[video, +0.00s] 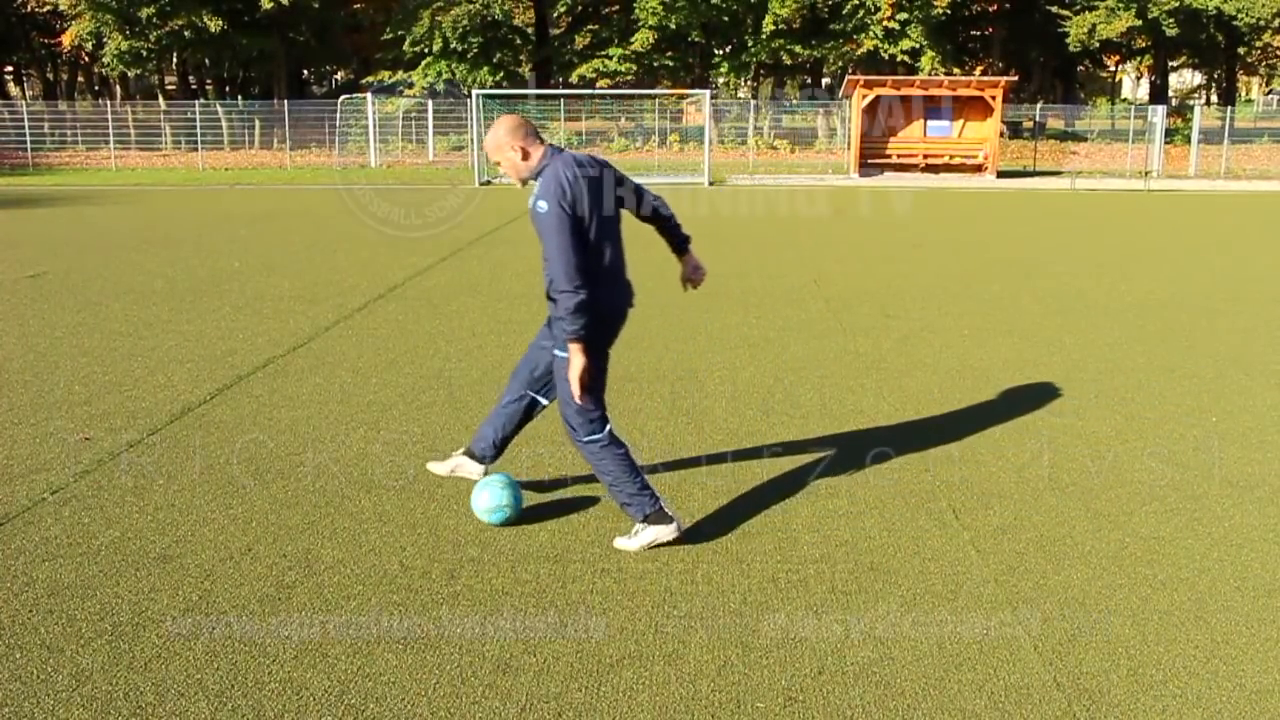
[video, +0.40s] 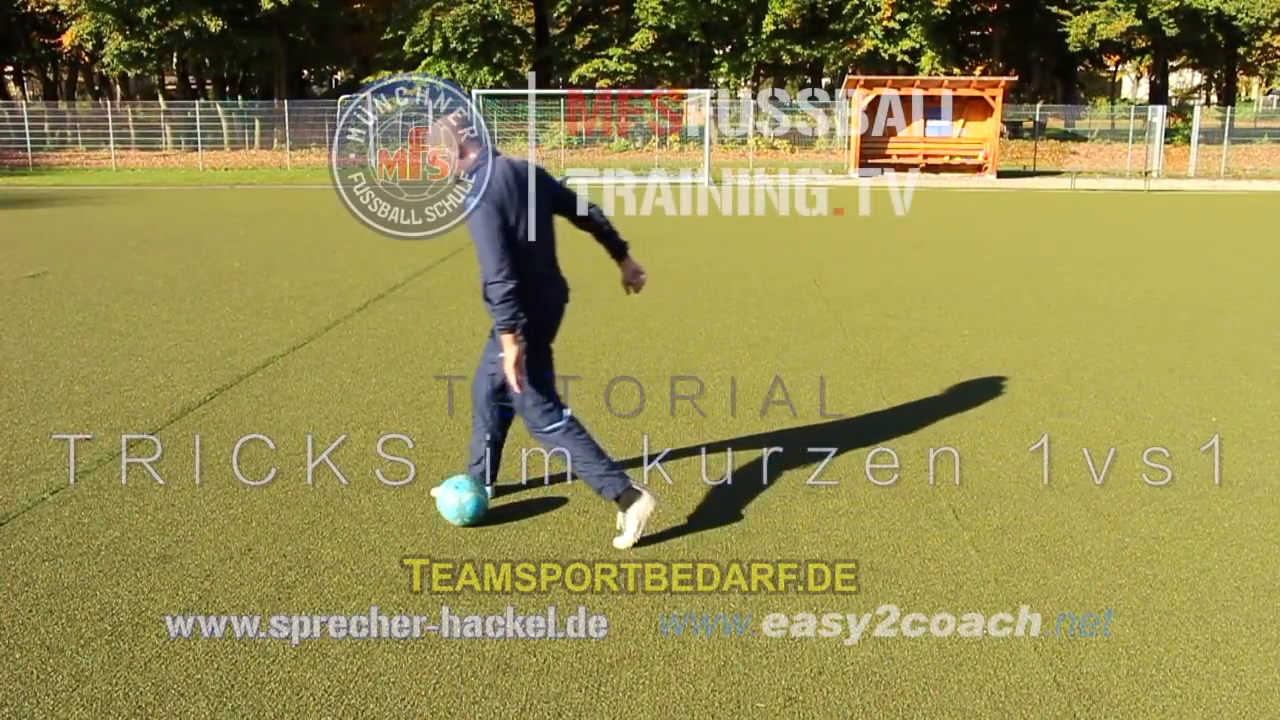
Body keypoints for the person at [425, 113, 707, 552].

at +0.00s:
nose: (502, 173)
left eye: (501, 163)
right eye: (498, 165)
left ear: (523, 151)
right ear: (530, 146)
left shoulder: (547, 193)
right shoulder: (592, 166)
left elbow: (565, 278)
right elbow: (649, 204)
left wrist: (576, 348)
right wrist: (685, 253)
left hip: (582, 316)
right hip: (608, 303)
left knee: (586, 426)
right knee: (529, 380)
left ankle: (654, 517)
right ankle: (476, 457)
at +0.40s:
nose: (439, 167)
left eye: (440, 157)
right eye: (437, 157)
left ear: (460, 150)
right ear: (472, 142)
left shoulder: (481, 193)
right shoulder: (522, 171)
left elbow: (498, 272)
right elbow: (582, 209)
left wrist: (509, 337)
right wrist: (624, 258)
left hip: (522, 315)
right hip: (548, 301)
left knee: (544, 417)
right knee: (488, 384)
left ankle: (629, 497)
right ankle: (477, 485)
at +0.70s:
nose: (398, 185)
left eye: (400, 177)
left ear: (417, 182)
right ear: (445, 164)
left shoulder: (433, 214)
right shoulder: (479, 186)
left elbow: (456, 280)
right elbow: (537, 221)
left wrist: (471, 343)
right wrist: (569, 267)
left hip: (493, 310)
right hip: (521, 300)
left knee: (468, 416)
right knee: (460, 380)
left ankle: (553, 469)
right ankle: (476, 479)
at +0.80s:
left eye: (391, 182)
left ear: (405, 187)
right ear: (438, 169)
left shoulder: (427, 221)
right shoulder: (471, 193)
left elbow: (451, 283)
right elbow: (528, 223)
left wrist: (465, 343)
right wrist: (555, 269)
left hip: (486, 312)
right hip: (515, 300)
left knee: (445, 409)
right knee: (468, 396)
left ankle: (530, 468)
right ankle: (477, 479)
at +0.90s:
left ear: (394, 190)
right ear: (430, 175)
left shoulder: (415, 224)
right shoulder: (457, 198)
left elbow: (443, 282)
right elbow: (512, 225)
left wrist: (459, 344)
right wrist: (533, 272)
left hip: (477, 309)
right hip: (505, 299)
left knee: (420, 400)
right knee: (461, 392)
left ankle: (491, 474)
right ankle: (473, 474)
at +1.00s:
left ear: (388, 194)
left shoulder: (406, 224)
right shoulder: (445, 199)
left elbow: (437, 282)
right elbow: (500, 225)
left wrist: (454, 345)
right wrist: (519, 274)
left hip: (470, 310)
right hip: (495, 299)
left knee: (403, 394)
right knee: (454, 390)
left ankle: (468, 475)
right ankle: (473, 476)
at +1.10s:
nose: (337, 196)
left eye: (340, 187)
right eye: (334, 188)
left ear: (370, 188)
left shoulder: (397, 227)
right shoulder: (435, 201)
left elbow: (429, 286)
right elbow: (479, 226)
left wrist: (447, 346)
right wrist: (497, 275)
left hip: (449, 317)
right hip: (482, 305)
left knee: (382, 392)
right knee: (434, 389)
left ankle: (428, 482)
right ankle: (472, 480)